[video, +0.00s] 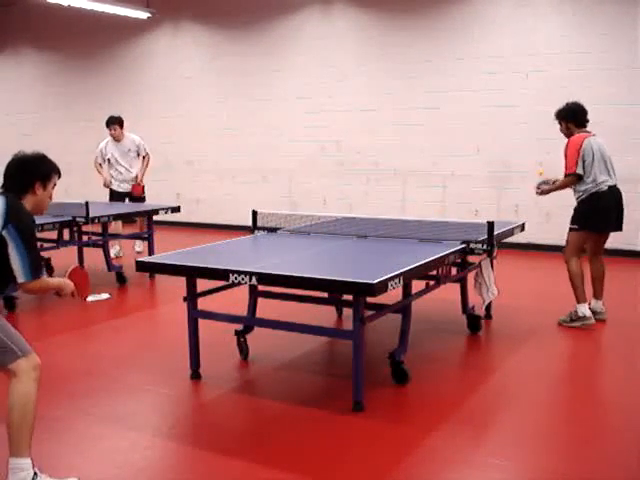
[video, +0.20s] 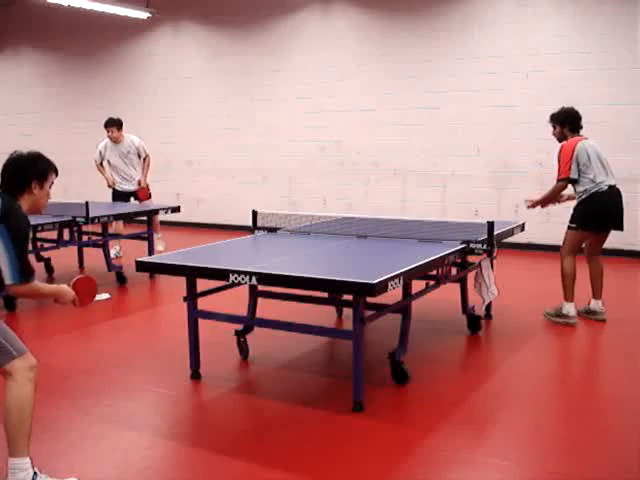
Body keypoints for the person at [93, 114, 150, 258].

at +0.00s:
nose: (112, 133)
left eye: (114, 129)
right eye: (110, 130)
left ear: (122, 128)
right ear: (108, 130)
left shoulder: (134, 141)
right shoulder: (105, 146)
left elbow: (146, 155)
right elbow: (97, 162)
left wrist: (141, 174)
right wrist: (104, 176)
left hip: (135, 185)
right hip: (116, 186)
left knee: (140, 214)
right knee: (116, 218)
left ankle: (140, 240)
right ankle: (116, 245)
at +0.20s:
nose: (109, 135)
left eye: (112, 131)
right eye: (108, 132)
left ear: (120, 130)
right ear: (106, 132)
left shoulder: (134, 142)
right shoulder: (104, 147)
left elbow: (146, 157)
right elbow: (98, 162)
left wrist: (144, 178)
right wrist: (107, 177)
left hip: (138, 185)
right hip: (119, 187)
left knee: (152, 213)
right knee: (117, 219)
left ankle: (157, 238)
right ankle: (117, 246)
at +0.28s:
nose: (111, 136)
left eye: (114, 133)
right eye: (110, 133)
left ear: (123, 133)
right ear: (109, 133)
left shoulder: (137, 144)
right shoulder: (108, 147)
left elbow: (150, 160)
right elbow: (101, 162)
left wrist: (146, 180)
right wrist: (108, 177)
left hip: (142, 184)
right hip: (124, 187)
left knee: (160, 212)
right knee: (119, 217)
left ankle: (174, 239)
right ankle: (117, 247)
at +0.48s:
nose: (122, 143)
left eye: (124, 139)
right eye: (121, 139)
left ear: (133, 139)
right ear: (121, 140)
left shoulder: (151, 152)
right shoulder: (122, 153)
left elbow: (163, 168)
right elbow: (119, 165)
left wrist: (152, 186)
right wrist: (124, 184)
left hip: (154, 192)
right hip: (132, 192)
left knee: (167, 217)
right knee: (120, 219)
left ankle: (183, 243)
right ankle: (116, 247)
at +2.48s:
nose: (132, 145)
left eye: (134, 142)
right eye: (131, 142)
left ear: (143, 141)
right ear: (130, 142)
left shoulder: (157, 153)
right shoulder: (128, 154)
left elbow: (170, 171)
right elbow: (125, 170)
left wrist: (153, 182)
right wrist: (127, 182)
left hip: (157, 192)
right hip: (136, 191)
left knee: (167, 216)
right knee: (123, 217)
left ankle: (183, 244)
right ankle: (115, 246)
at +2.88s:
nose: (127, 142)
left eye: (130, 139)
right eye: (126, 139)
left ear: (138, 139)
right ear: (124, 138)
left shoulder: (149, 154)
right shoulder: (119, 150)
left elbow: (155, 174)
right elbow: (107, 166)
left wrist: (144, 182)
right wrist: (117, 178)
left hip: (140, 192)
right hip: (120, 192)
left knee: (152, 220)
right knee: (111, 221)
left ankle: (165, 248)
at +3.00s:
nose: (134, 156)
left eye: (137, 153)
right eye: (132, 153)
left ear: (143, 153)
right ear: (129, 153)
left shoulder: (151, 168)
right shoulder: (123, 165)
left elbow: (162, 187)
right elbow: (114, 184)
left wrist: (167, 200)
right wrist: (131, 192)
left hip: (142, 204)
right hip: (122, 203)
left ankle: (160, 251)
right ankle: (94, 248)